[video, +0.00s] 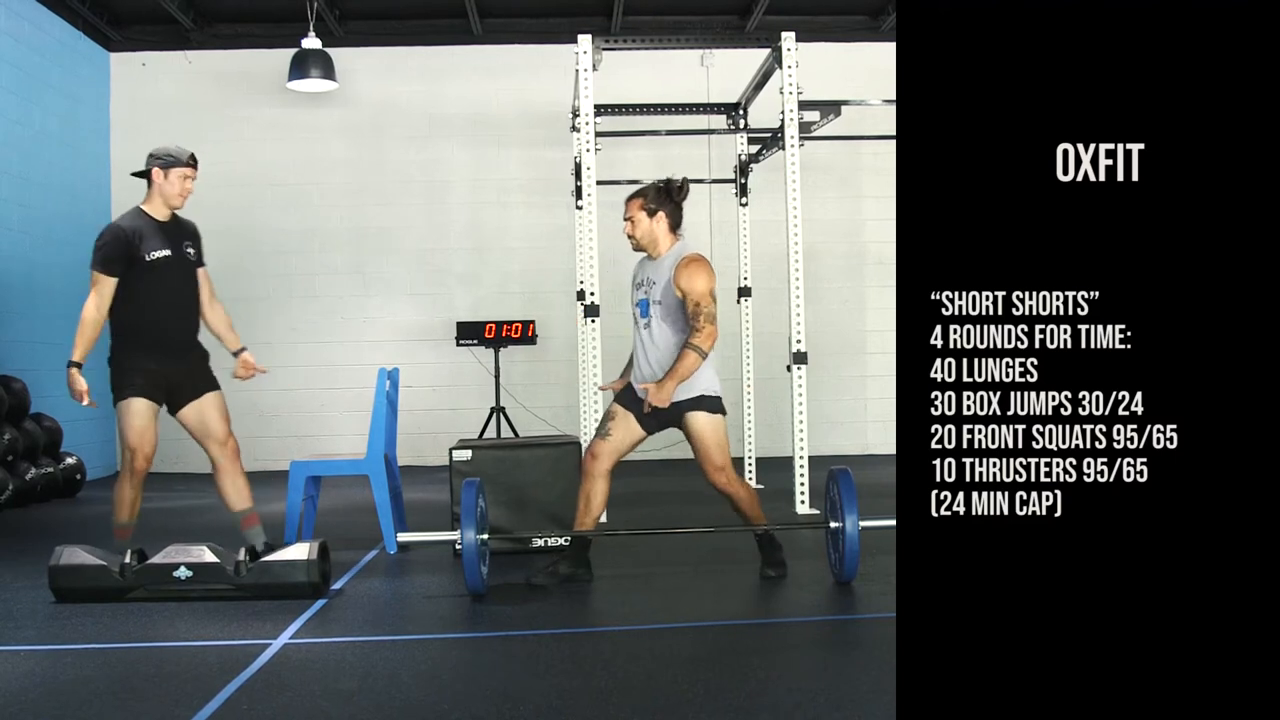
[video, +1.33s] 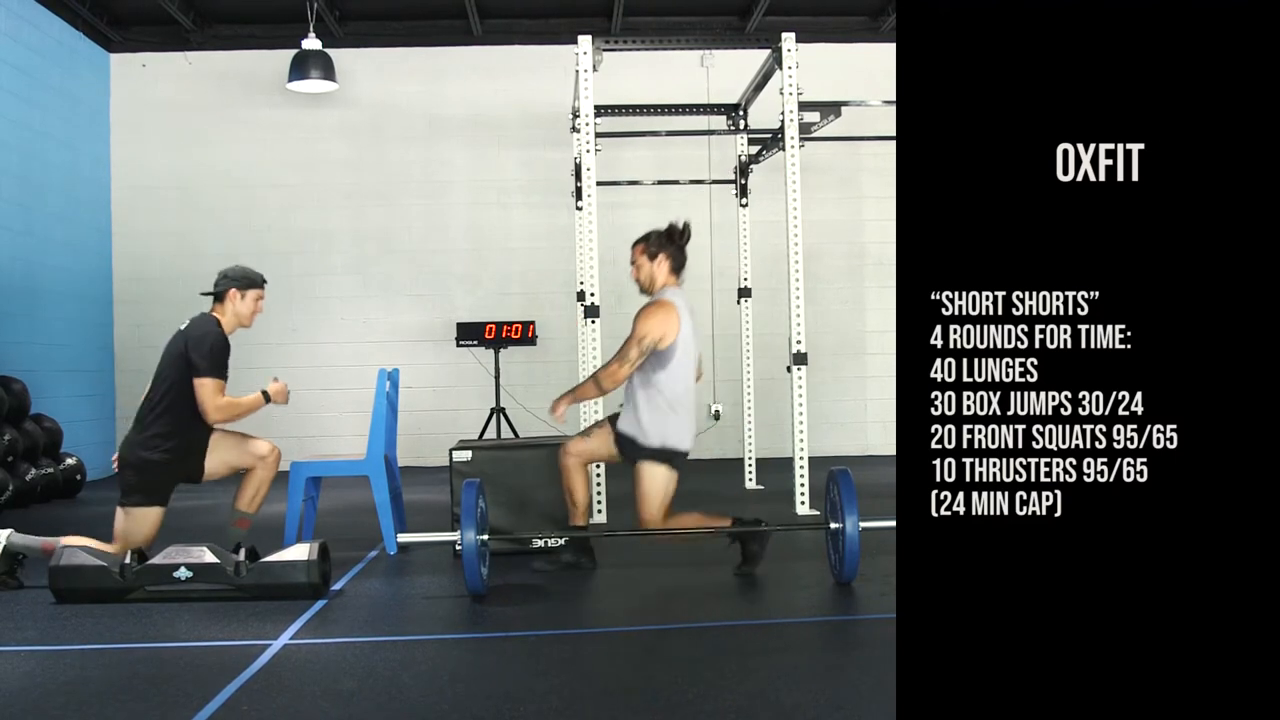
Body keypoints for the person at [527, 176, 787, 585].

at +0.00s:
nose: (626, 230)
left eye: (631, 221)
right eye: (626, 222)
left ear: (659, 219)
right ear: (654, 221)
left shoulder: (692, 268)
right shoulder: (643, 269)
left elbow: (705, 333)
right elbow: (649, 335)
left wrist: (670, 382)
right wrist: (626, 378)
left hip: (694, 390)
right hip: (644, 389)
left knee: (721, 475)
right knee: (597, 459)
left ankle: (768, 544)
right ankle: (577, 556)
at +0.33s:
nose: (673, 221)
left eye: (678, 212)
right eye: (673, 213)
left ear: (705, 210)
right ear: (701, 213)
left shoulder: (729, 260)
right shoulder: (701, 259)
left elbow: (704, 327)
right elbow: (705, 327)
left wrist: (651, 366)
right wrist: (676, 363)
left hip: (740, 380)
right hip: (699, 380)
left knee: (746, 463)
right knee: (655, 445)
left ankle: (773, 545)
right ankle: (638, 543)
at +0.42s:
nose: (677, 215)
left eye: (681, 206)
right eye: (676, 207)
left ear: (707, 203)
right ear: (703, 205)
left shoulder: (730, 252)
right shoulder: (707, 253)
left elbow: (713, 320)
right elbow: (710, 323)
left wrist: (668, 365)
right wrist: (674, 358)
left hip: (746, 374)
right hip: (708, 375)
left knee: (749, 459)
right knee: (664, 440)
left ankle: (774, 545)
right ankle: (679, 536)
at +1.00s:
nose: (673, 215)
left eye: (676, 206)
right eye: (672, 208)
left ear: (701, 201)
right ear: (700, 202)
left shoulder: (718, 247)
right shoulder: (707, 247)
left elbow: (706, 314)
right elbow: (711, 320)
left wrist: (676, 366)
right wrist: (679, 354)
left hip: (731, 374)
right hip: (704, 375)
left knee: (750, 455)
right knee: (666, 441)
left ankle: (777, 544)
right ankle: (675, 536)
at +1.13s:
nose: (661, 224)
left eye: (664, 215)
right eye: (660, 216)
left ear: (689, 210)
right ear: (692, 212)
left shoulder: (697, 261)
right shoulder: (695, 258)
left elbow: (669, 325)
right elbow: (679, 326)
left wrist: (631, 368)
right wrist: (643, 362)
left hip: (708, 383)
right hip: (675, 382)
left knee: (723, 465)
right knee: (636, 450)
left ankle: (773, 543)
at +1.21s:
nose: (651, 238)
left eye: (655, 229)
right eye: (651, 230)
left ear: (679, 227)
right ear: (682, 229)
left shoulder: (678, 278)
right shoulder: (696, 273)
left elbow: (647, 343)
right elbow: (713, 334)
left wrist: (600, 377)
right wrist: (672, 369)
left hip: (688, 399)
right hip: (661, 395)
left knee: (690, 487)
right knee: (611, 454)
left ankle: (763, 536)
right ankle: (587, 543)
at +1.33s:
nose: (632, 273)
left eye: (635, 265)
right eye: (632, 265)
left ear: (660, 262)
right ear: (662, 264)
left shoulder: (656, 314)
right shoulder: (675, 306)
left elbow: (614, 374)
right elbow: (693, 372)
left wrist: (569, 397)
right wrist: (641, 390)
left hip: (661, 434)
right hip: (638, 424)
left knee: (653, 528)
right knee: (572, 453)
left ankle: (743, 528)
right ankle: (578, 542)